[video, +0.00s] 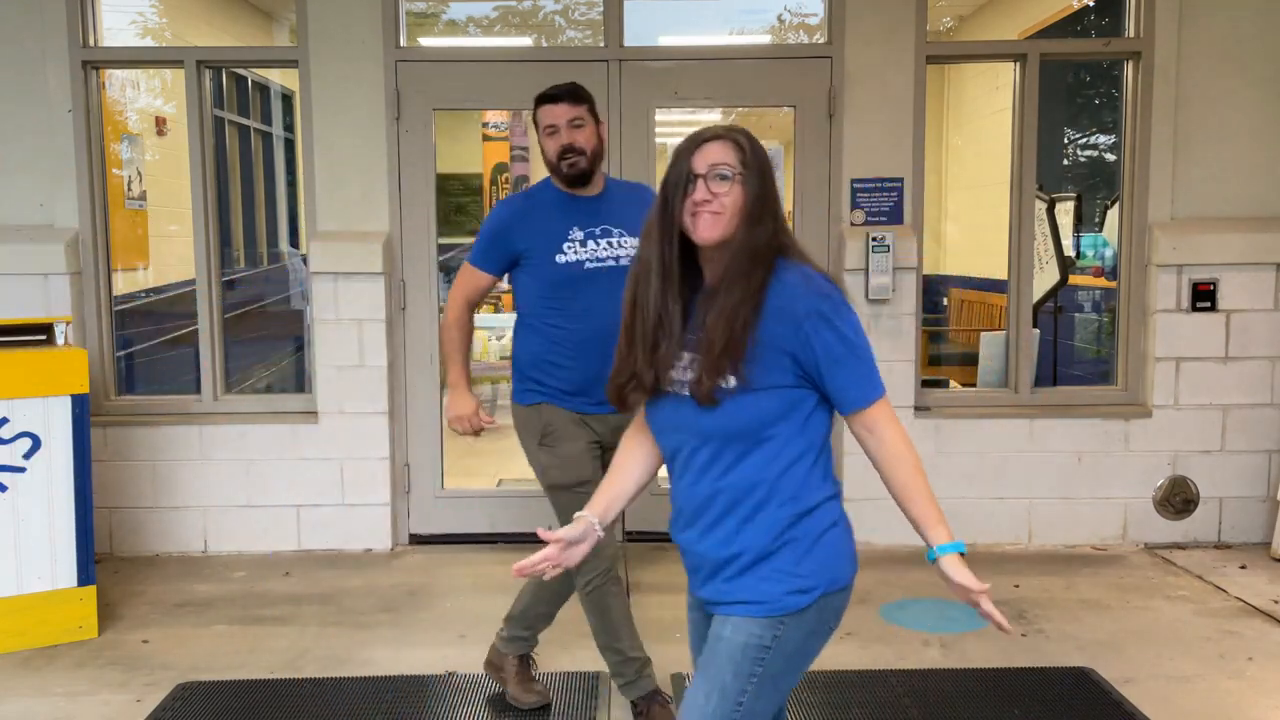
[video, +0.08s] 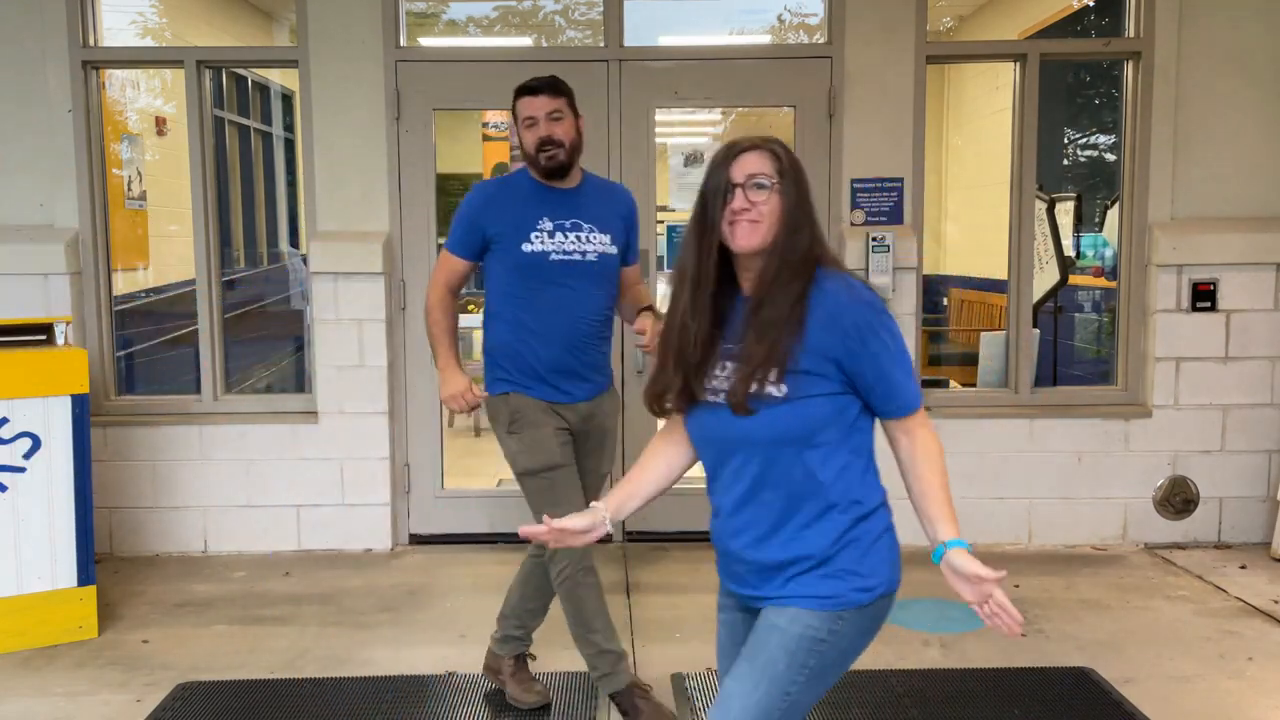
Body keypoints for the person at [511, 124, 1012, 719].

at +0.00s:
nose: (700, 192)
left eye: (721, 177)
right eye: (689, 179)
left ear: (758, 195)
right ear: (676, 198)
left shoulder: (801, 296)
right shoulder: (677, 303)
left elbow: (877, 426)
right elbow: (653, 426)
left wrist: (946, 551)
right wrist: (592, 521)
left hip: (788, 575)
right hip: (709, 568)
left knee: (706, 712)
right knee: (741, 708)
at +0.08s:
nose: (738, 200)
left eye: (759, 186)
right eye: (726, 189)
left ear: (792, 202)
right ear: (711, 207)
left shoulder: (842, 305)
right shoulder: (711, 310)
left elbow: (911, 428)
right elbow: (686, 430)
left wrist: (949, 547)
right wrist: (602, 515)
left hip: (835, 577)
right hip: (743, 572)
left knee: (734, 711)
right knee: (739, 712)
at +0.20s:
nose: (793, 209)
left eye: (811, 194)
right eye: (780, 199)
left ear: (847, 209)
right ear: (767, 221)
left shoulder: (904, 313)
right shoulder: (754, 315)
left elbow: (949, 429)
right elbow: (714, 434)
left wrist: (968, 472)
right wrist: (615, 488)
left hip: (885, 565)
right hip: (779, 567)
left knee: (793, 710)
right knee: (764, 712)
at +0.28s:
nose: (828, 200)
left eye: (847, 182)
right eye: (813, 188)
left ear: (882, 196)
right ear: (799, 209)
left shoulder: (941, 302)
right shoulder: (781, 301)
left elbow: (958, 441)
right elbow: (737, 411)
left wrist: (975, 427)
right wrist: (641, 465)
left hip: (915, 552)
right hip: (800, 554)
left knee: (865, 708)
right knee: (788, 710)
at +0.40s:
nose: (874, 170)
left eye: (890, 153)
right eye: (859, 161)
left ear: (925, 164)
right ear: (846, 181)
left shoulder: (980, 271)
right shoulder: (821, 258)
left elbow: (1006, 412)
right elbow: (769, 363)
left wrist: (995, 392)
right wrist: (682, 441)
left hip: (951, 529)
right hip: (829, 531)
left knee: (992, 708)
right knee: (835, 711)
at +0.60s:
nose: (954, 187)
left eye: (969, 169)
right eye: (938, 180)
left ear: (1005, 177)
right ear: (928, 204)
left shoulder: (1066, 288)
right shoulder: (904, 273)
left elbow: (1090, 434)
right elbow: (844, 378)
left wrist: (1085, 401)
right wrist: (750, 438)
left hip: (1021, 551)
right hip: (890, 547)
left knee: (1090, 710)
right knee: (868, 711)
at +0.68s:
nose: (990, 195)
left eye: (1005, 177)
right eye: (974, 189)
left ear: (1041, 186)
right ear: (964, 213)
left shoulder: (1104, 298)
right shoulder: (937, 284)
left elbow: (1129, 445)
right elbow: (887, 390)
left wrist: (1126, 416)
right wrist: (797, 455)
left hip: (1058, 562)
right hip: (926, 555)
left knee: (1119, 713)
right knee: (897, 711)